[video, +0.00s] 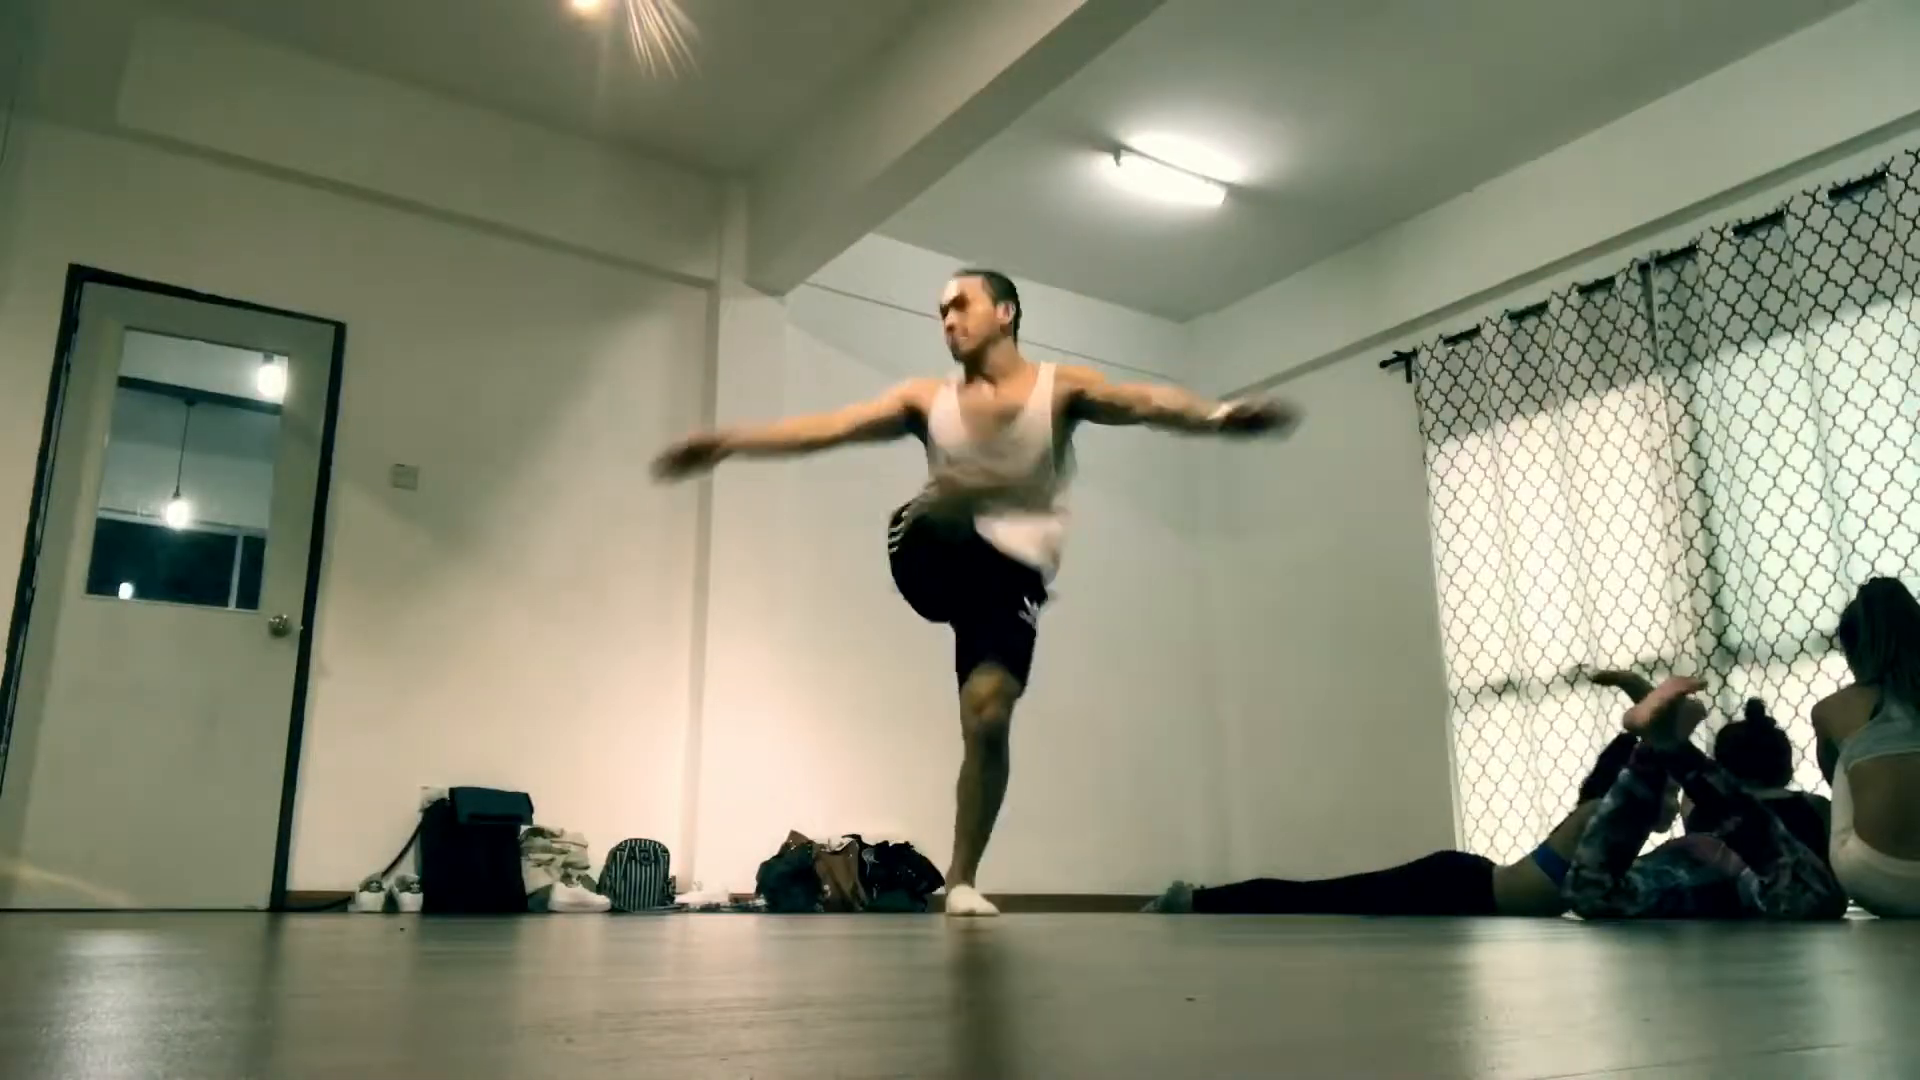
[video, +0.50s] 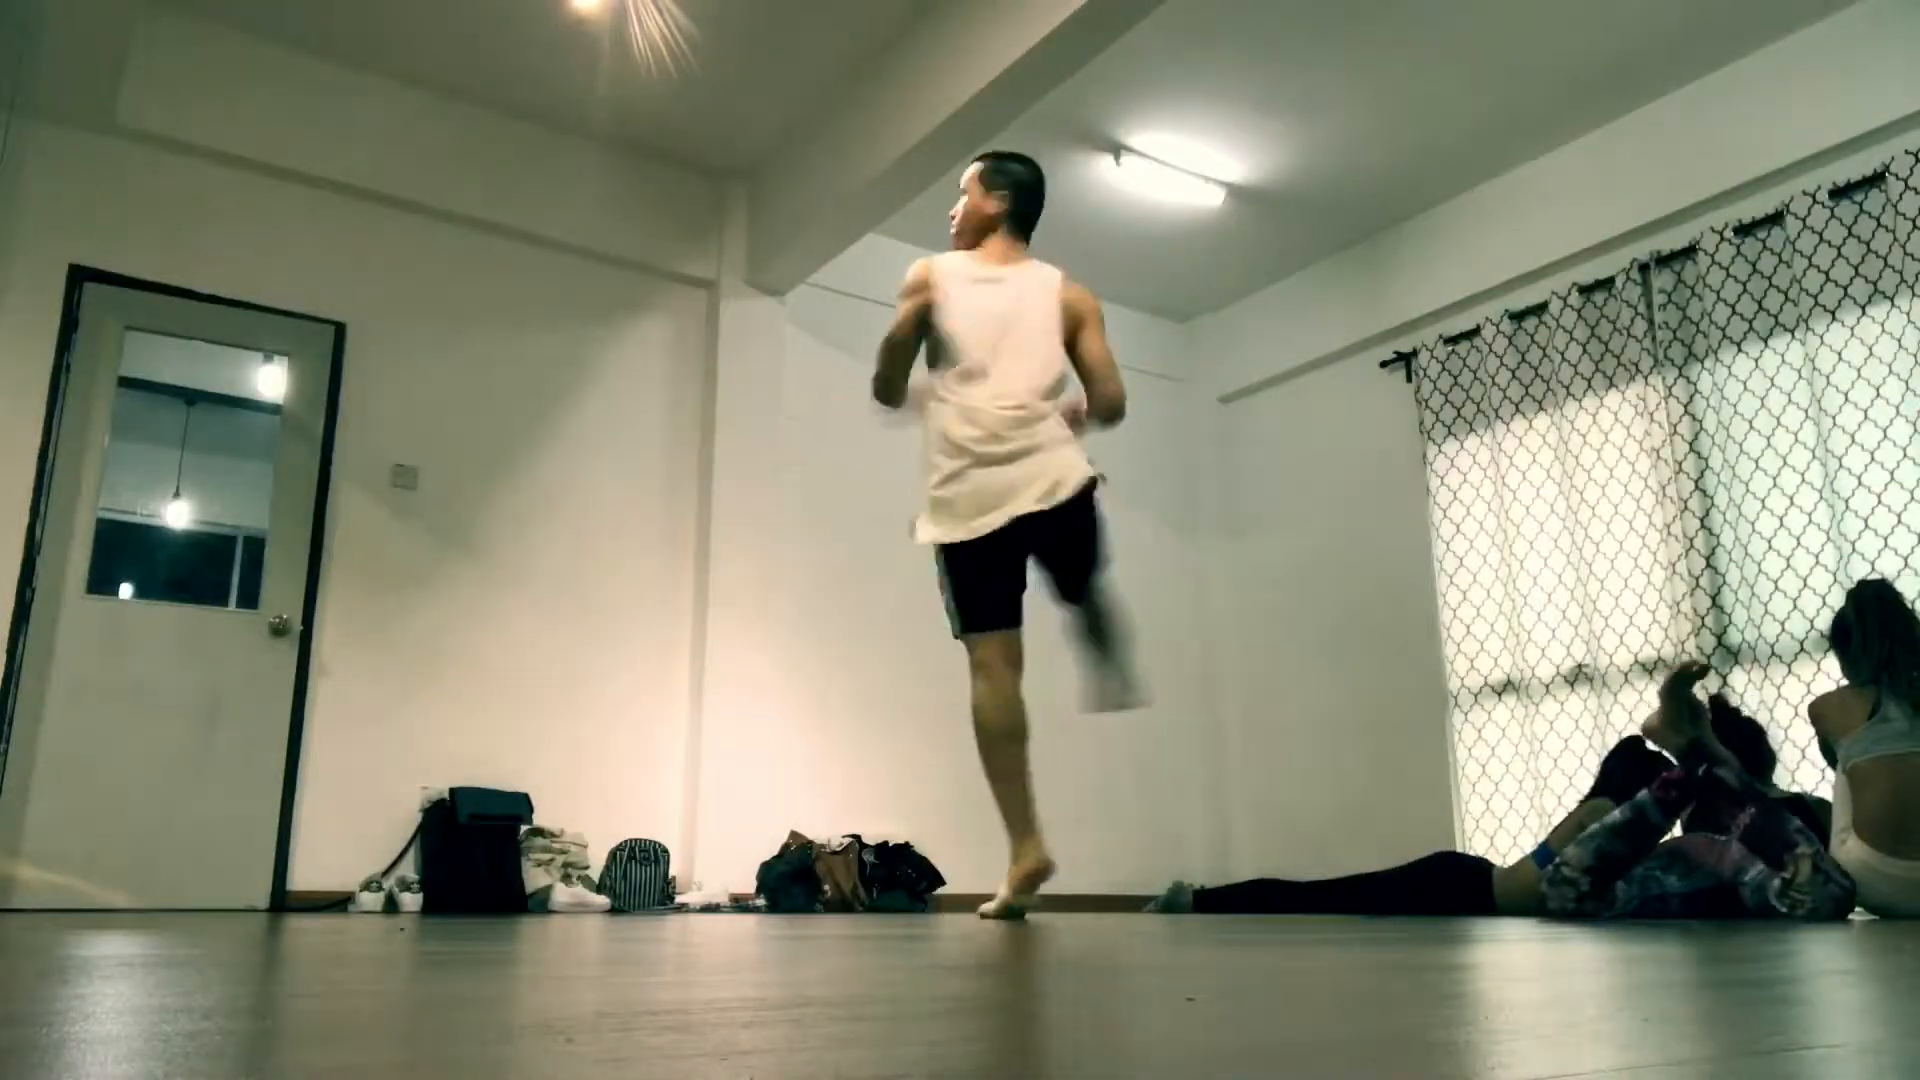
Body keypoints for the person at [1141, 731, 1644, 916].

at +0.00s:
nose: (1669, 811)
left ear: (1613, 787)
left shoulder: (1602, 820)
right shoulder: (1595, 822)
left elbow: (1625, 766)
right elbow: (1621, 767)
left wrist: (1643, 708)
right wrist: (1643, 712)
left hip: (1469, 883)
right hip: (1464, 886)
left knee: (1330, 895)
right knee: (1326, 898)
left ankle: (1202, 898)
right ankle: (1198, 901)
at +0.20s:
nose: (1686, 714)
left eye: (1697, 719)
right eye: (1702, 714)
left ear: (1713, 756)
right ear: (1725, 764)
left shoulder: (1651, 791)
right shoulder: (1647, 788)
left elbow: (1640, 744)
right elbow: (1640, 743)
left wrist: (1665, 699)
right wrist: (1664, 696)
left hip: (1477, 884)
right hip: (1477, 883)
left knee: (1329, 896)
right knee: (1328, 895)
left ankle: (1201, 900)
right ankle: (1200, 900)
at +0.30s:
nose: (1671, 718)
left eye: (1687, 718)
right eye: (1675, 712)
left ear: (1715, 751)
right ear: (1717, 756)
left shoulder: (1658, 790)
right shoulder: (1649, 786)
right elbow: (1654, 748)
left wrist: (1680, 701)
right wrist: (1677, 701)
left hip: (1480, 884)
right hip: (1476, 883)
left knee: (1336, 895)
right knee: (1333, 895)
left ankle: (1204, 899)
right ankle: (1200, 899)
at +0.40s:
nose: (1663, 719)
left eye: (1669, 713)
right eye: (1669, 712)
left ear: (1672, 728)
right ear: (1686, 738)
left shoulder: (1664, 785)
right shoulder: (1642, 778)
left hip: (1485, 885)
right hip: (1481, 882)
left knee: (1335, 896)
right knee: (1331, 895)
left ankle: (1204, 899)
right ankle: (1200, 898)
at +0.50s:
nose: (1654, 714)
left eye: (1667, 708)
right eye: (1661, 705)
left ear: (1687, 722)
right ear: (1698, 728)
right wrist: (1561, 862)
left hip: (1485, 886)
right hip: (1481, 882)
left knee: (1336, 896)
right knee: (1333, 895)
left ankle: (1204, 900)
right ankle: (1201, 899)